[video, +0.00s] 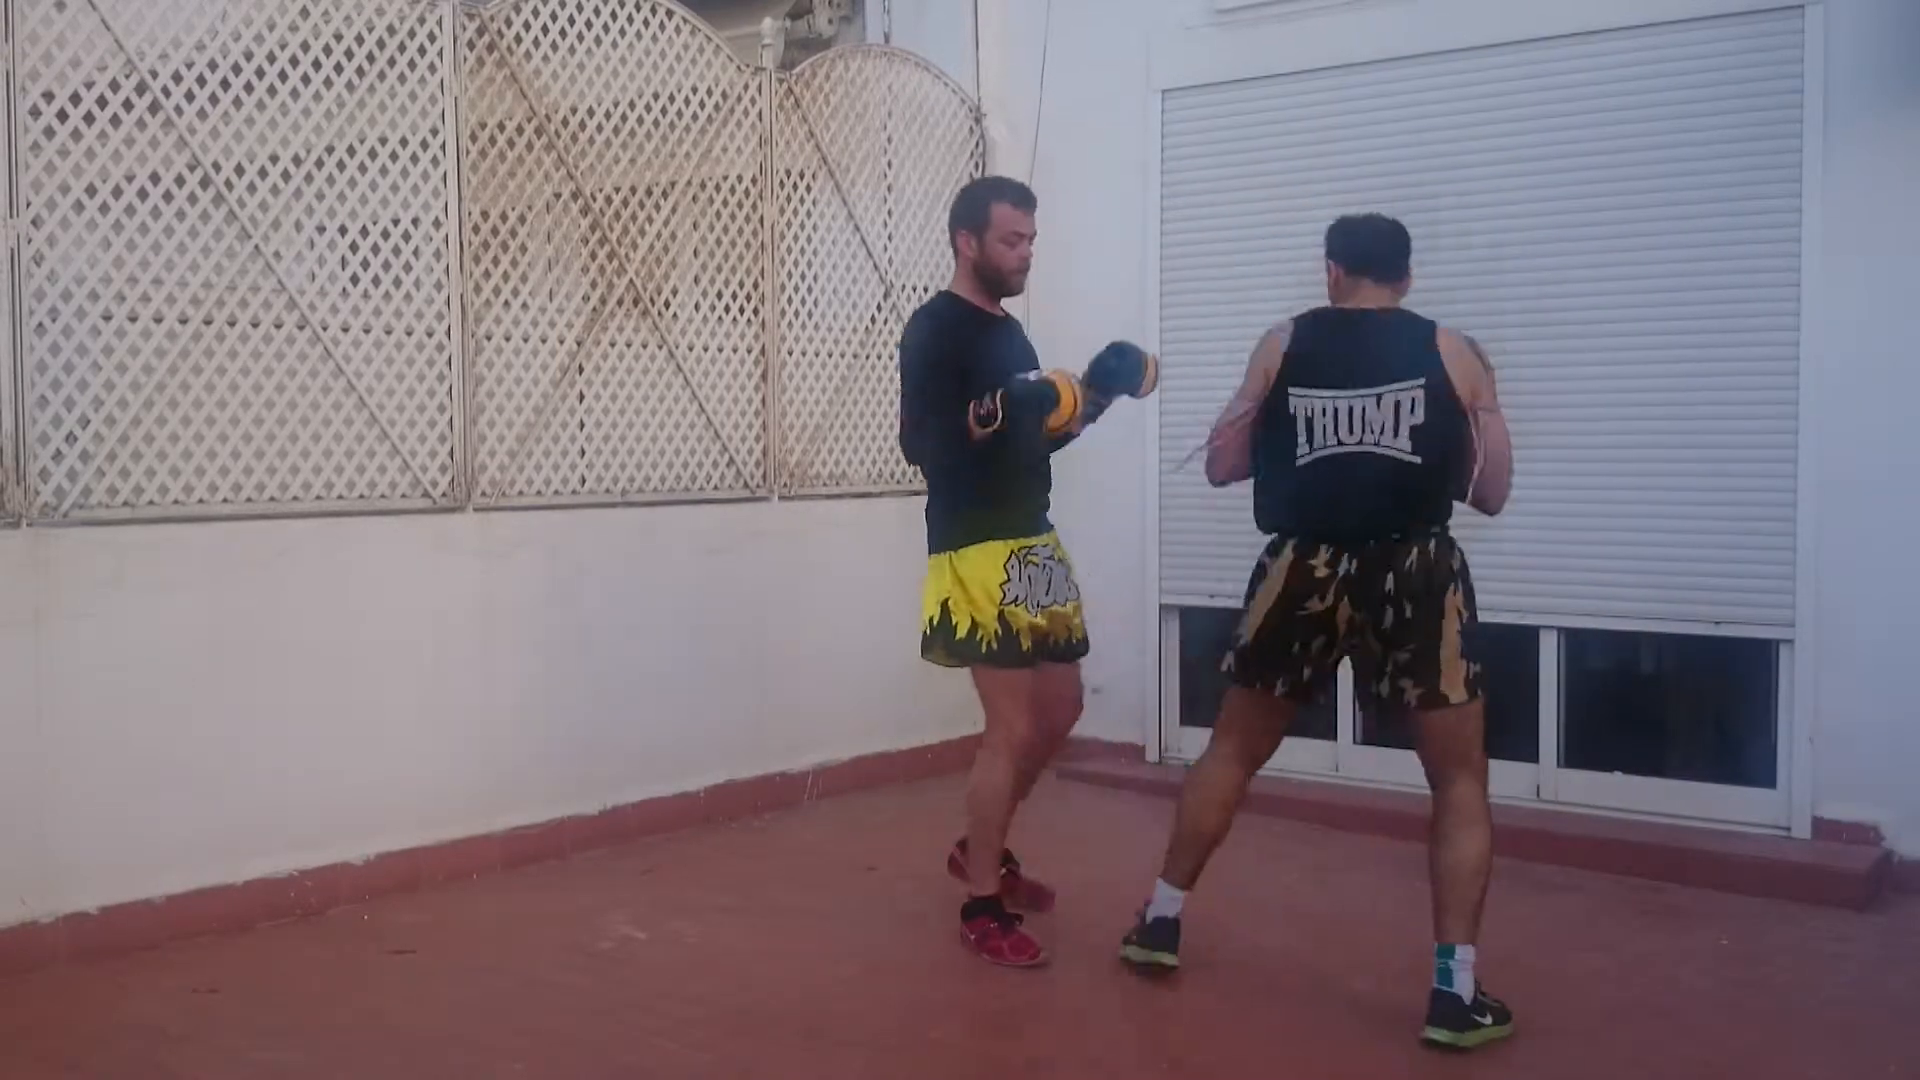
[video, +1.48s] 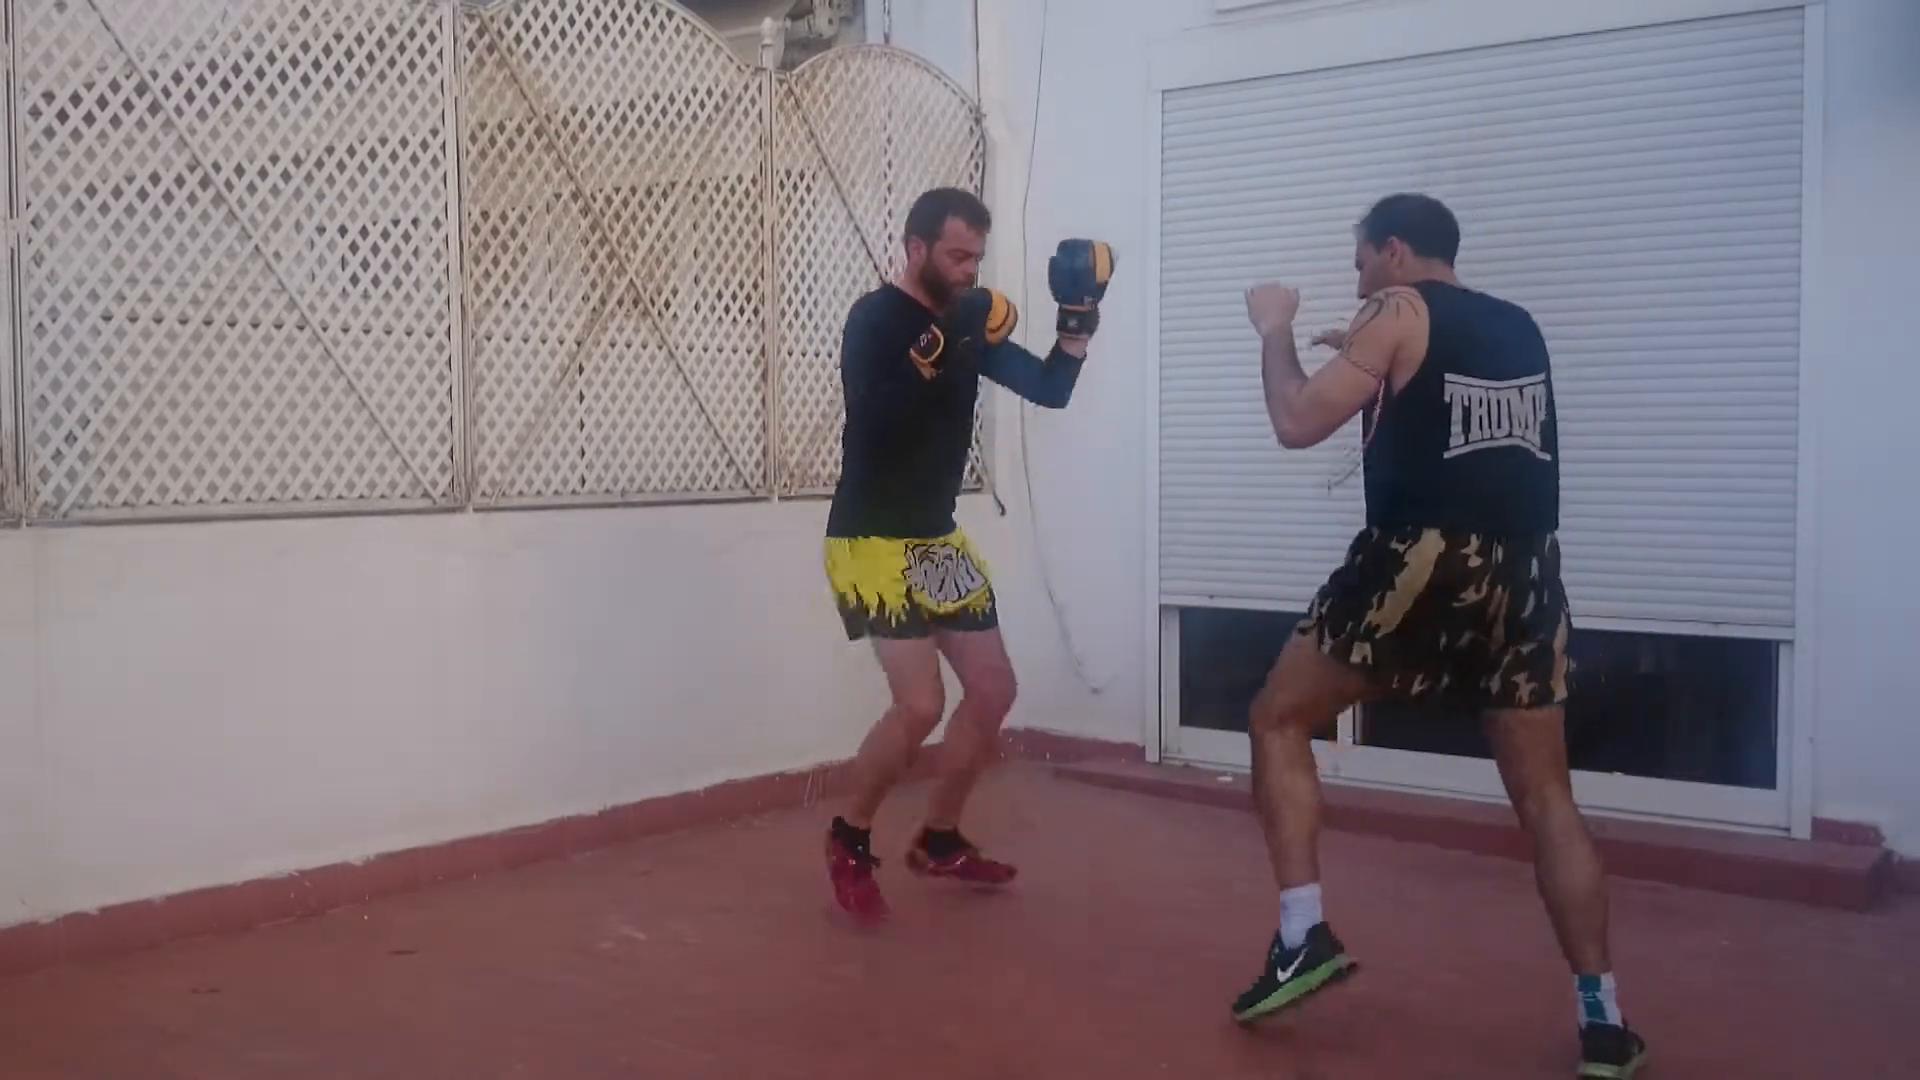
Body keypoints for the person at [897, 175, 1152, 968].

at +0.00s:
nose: (1026, 253)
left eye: (1030, 240)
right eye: (1012, 239)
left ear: (1022, 244)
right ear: (965, 241)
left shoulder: (1010, 330)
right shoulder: (933, 329)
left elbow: (1034, 437)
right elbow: (924, 448)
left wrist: (1095, 395)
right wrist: (1005, 416)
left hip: (1032, 541)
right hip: (978, 551)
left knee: (1056, 711)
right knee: (1009, 727)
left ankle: (983, 847)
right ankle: (982, 904)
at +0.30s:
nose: (1006, 257)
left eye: (1013, 245)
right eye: (993, 243)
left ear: (1012, 249)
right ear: (950, 244)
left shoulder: (1003, 332)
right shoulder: (901, 328)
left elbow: (1009, 438)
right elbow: (841, 428)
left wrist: (1071, 429)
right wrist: (882, 468)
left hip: (974, 538)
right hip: (921, 539)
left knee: (924, 711)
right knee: (961, 705)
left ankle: (926, 865)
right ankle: (921, 876)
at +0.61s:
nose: (954, 271)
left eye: (962, 260)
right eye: (943, 256)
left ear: (965, 260)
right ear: (901, 250)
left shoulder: (952, 338)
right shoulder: (852, 335)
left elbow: (971, 446)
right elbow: (822, 451)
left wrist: (1037, 413)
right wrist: (897, 441)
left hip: (939, 545)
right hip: (862, 549)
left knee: (1018, 688)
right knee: (858, 720)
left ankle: (953, 834)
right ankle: (831, 873)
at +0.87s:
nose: (938, 269)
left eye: (946, 256)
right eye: (926, 254)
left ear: (949, 256)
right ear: (883, 246)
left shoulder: (936, 335)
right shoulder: (832, 323)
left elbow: (993, 423)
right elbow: (833, 440)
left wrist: (1036, 363)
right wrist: (897, 376)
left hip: (935, 533)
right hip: (857, 538)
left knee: (999, 692)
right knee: (851, 715)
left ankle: (1039, 859)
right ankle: (830, 871)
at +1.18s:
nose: (948, 274)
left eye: (955, 262)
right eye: (936, 261)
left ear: (959, 263)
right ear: (892, 255)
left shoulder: (950, 341)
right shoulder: (847, 332)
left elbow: (1009, 427)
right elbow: (860, 434)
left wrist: (1049, 367)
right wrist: (927, 350)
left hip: (955, 544)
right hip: (877, 547)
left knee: (1002, 714)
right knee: (867, 722)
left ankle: (1028, 886)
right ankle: (830, 876)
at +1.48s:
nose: (970, 268)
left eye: (977, 257)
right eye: (959, 255)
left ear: (978, 257)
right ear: (915, 248)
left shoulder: (964, 325)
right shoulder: (876, 319)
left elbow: (1051, 388)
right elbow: (875, 433)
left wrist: (1076, 323)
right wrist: (945, 345)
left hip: (937, 535)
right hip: (871, 539)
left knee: (993, 691)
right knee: (919, 705)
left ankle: (937, 840)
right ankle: (849, 836)